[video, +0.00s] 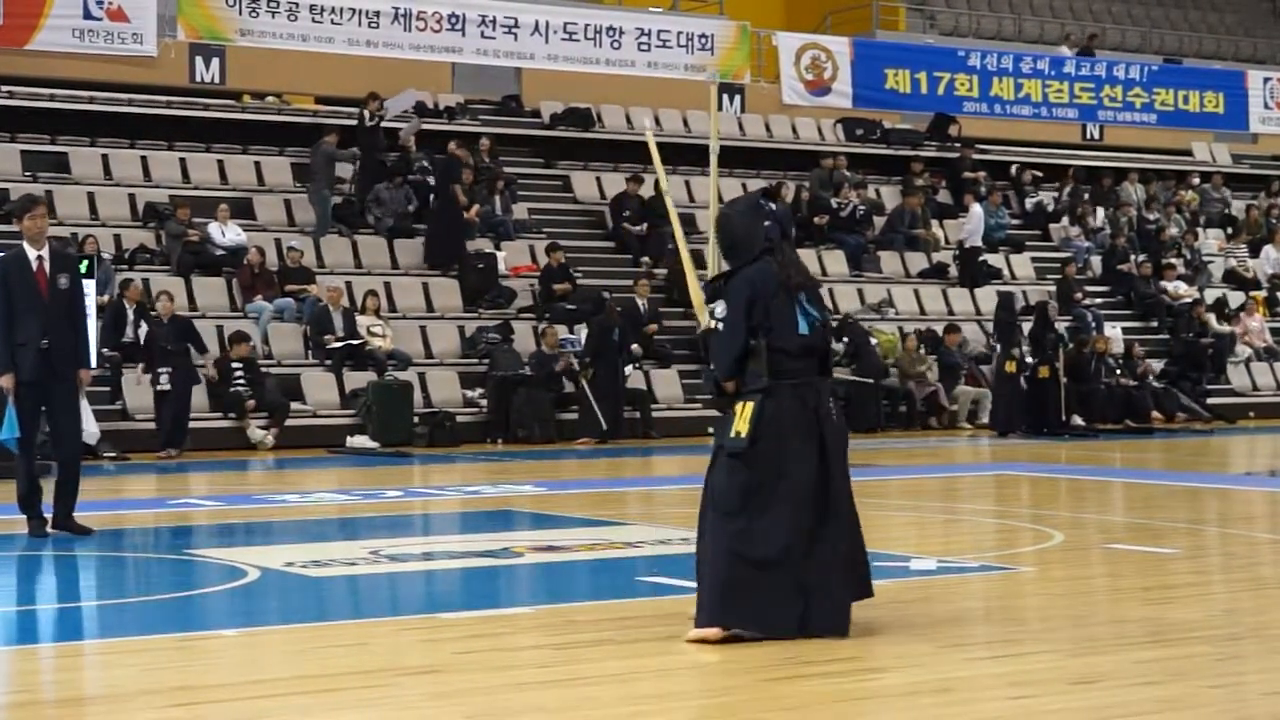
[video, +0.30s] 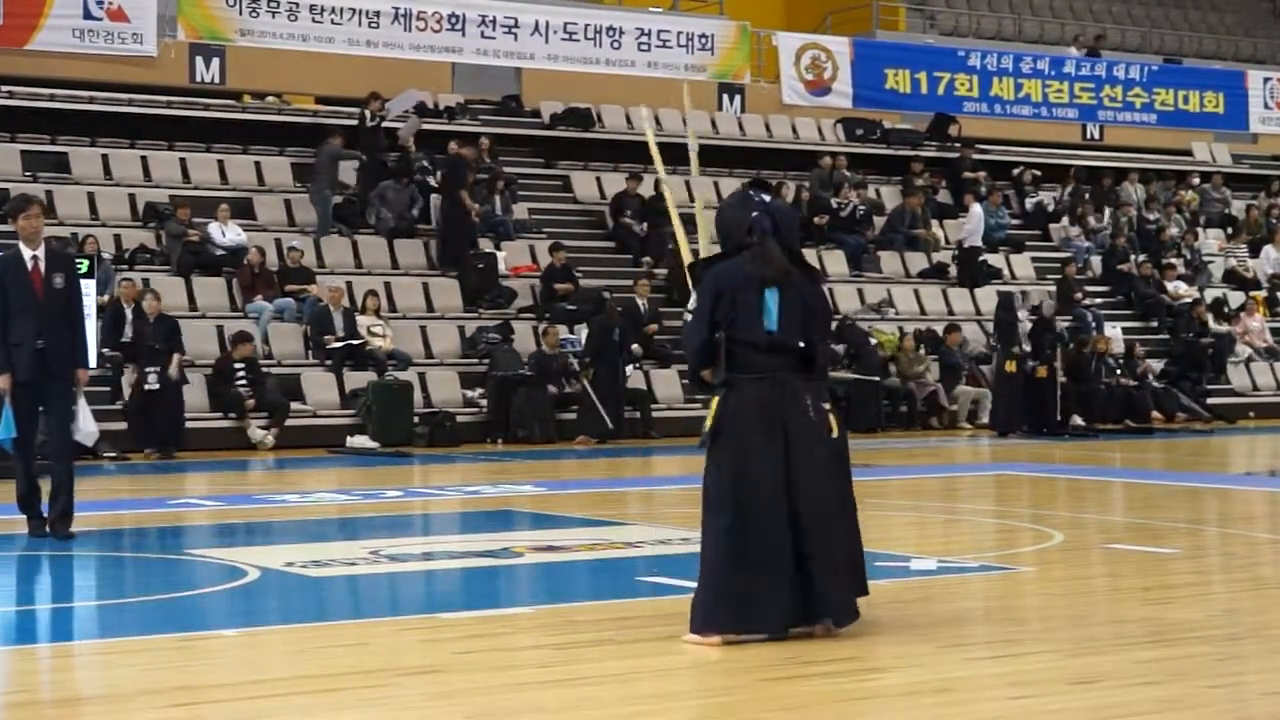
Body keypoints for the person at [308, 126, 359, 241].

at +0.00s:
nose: (336, 141)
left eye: (336, 138)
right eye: (336, 138)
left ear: (325, 135)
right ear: (333, 136)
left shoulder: (317, 148)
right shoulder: (326, 148)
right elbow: (338, 155)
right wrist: (353, 153)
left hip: (315, 189)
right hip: (322, 191)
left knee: (323, 224)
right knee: (324, 225)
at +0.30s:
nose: (340, 144)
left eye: (340, 141)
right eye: (339, 141)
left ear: (329, 139)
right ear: (335, 139)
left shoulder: (323, 151)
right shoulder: (330, 150)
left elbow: (331, 179)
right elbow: (344, 154)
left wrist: (348, 187)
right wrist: (359, 155)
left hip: (317, 191)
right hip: (323, 191)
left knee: (325, 224)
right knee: (324, 225)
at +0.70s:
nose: (347, 149)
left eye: (347, 147)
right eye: (346, 147)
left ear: (336, 143)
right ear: (344, 144)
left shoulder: (327, 153)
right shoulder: (338, 151)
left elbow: (334, 184)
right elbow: (358, 153)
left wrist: (352, 191)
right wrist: (365, 161)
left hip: (316, 190)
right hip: (324, 191)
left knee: (324, 226)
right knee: (324, 227)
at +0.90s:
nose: (348, 150)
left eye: (348, 148)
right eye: (347, 147)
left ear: (337, 144)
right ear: (345, 145)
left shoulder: (329, 154)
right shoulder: (338, 151)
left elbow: (335, 184)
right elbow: (361, 154)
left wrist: (354, 193)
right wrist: (365, 161)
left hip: (317, 190)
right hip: (324, 190)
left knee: (325, 225)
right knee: (325, 226)